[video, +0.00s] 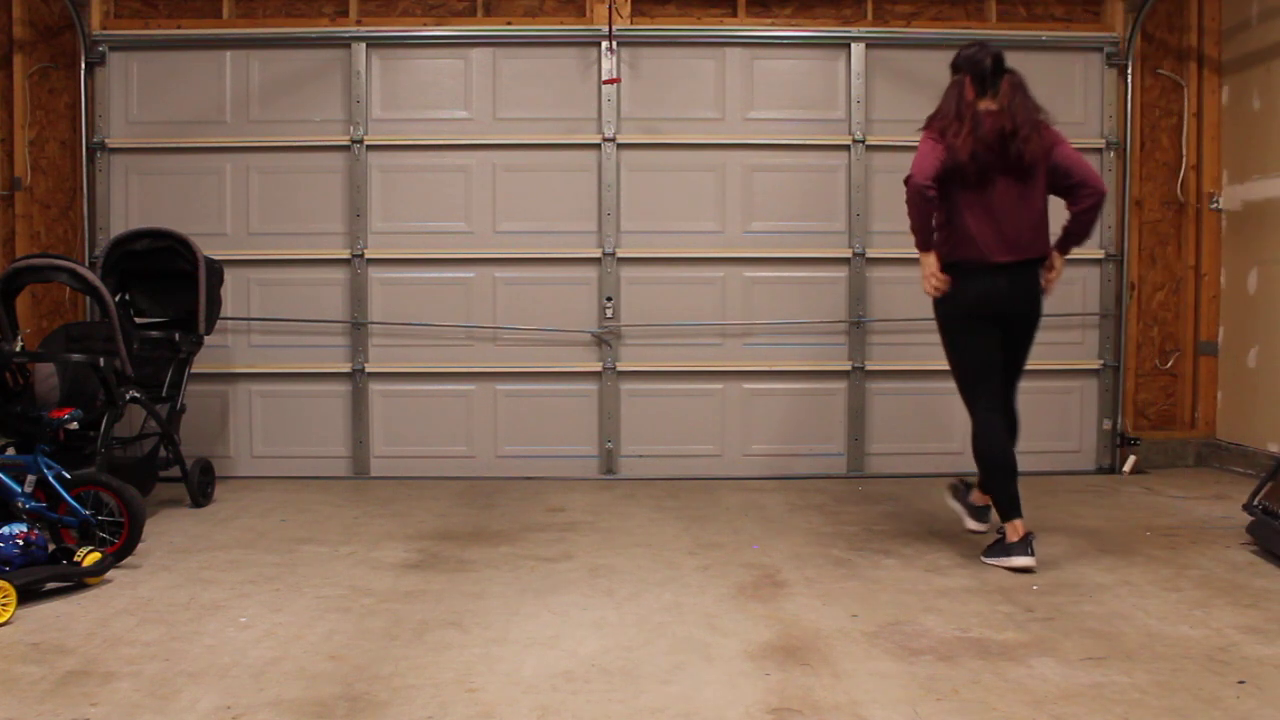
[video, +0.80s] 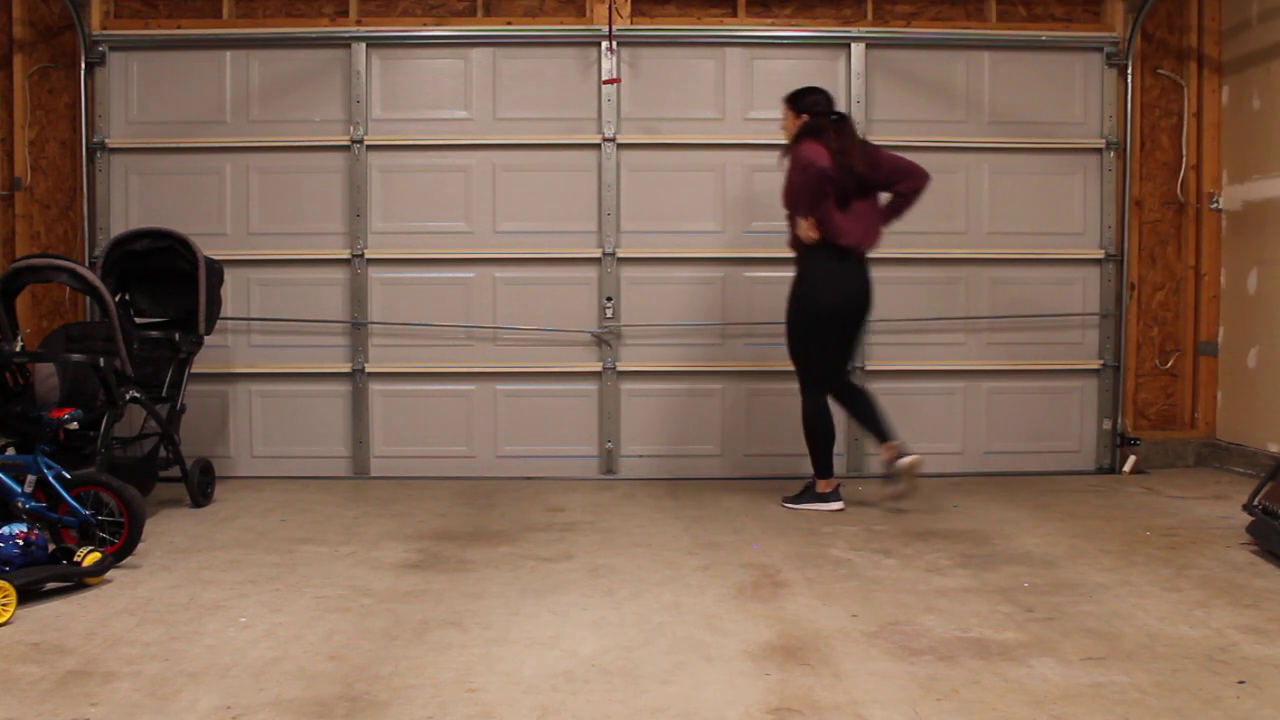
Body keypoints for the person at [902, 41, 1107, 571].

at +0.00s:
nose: (954, 93)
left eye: (955, 85)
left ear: (960, 86)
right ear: (1006, 84)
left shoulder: (944, 131)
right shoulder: (1033, 132)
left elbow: (920, 181)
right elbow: (1090, 188)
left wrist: (925, 250)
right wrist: (1062, 249)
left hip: (964, 285)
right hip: (1023, 283)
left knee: (985, 406)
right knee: (1001, 398)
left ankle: (1016, 534)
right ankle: (982, 497)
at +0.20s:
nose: (920, 100)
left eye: (922, 94)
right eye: (924, 93)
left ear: (929, 96)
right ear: (968, 95)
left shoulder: (921, 133)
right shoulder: (998, 133)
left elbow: (908, 169)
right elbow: (1062, 169)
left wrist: (907, 225)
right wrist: (1030, 223)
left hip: (942, 281)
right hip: (991, 280)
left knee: (923, 400)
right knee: (970, 390)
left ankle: (979, 480)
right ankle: (969, 502)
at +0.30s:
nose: (899, 102)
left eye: (901, 95)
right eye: (902, 94)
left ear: (910, 96)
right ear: (946, 95)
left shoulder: (906, 133)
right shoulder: (978, 132)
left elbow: (912, 164)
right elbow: (1042, 162)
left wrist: (907, 222)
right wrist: (1004, 214)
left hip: (929, 276)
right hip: (976, 276)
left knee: (890, 383)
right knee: (963, 389)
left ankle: (943, 475)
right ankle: (968, 507)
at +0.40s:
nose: (877, 106)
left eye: (879, 99)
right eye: (879, 98)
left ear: (887, 100)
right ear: (922, 99)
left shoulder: (892, 135)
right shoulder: (953, 135)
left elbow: (912, 160)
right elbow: (1019, 162)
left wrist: (899, 219)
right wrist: (986, 216)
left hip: (913, 273)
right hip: (958, 274)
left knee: (874, 380)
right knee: (960, 388)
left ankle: (887, 489)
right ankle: (966, 501)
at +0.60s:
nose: (832, 129)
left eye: (834, 122)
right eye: (833, 122)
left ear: (849, 122)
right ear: (873, 120)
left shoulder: (852, 155)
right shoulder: (903, 155)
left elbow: (873, 179)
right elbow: (967, 182)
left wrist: (861, 241)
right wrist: (933, 234)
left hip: (868, 288)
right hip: (911, 286)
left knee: (845, 392)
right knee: (925, 390)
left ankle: (827, 487)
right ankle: (963, 493)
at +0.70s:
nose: (806, 127)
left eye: (809, 119)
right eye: (807, 119)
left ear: (824, 119)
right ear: (847, 118)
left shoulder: (827, 153)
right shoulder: (878, 152)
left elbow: (845, 180)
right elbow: (938, 183)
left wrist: (830, 234)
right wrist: (905, 233)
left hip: (839, 284)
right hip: (880, 282)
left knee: (824, 389)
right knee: (882, 386)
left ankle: (824, 486)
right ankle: (943, 465)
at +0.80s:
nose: (782, 124)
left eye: (785, 117)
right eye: (783, 117)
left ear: (802, 118)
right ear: (822, 117)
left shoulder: (805, 148)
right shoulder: (853, 149)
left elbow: (816, 167)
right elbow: (915, 177)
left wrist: (800, 216)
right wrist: (880, 218)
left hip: (817, 276)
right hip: (853, 274)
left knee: (812, 382)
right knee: (835, 375)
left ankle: (824, 486)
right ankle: (893, 449)